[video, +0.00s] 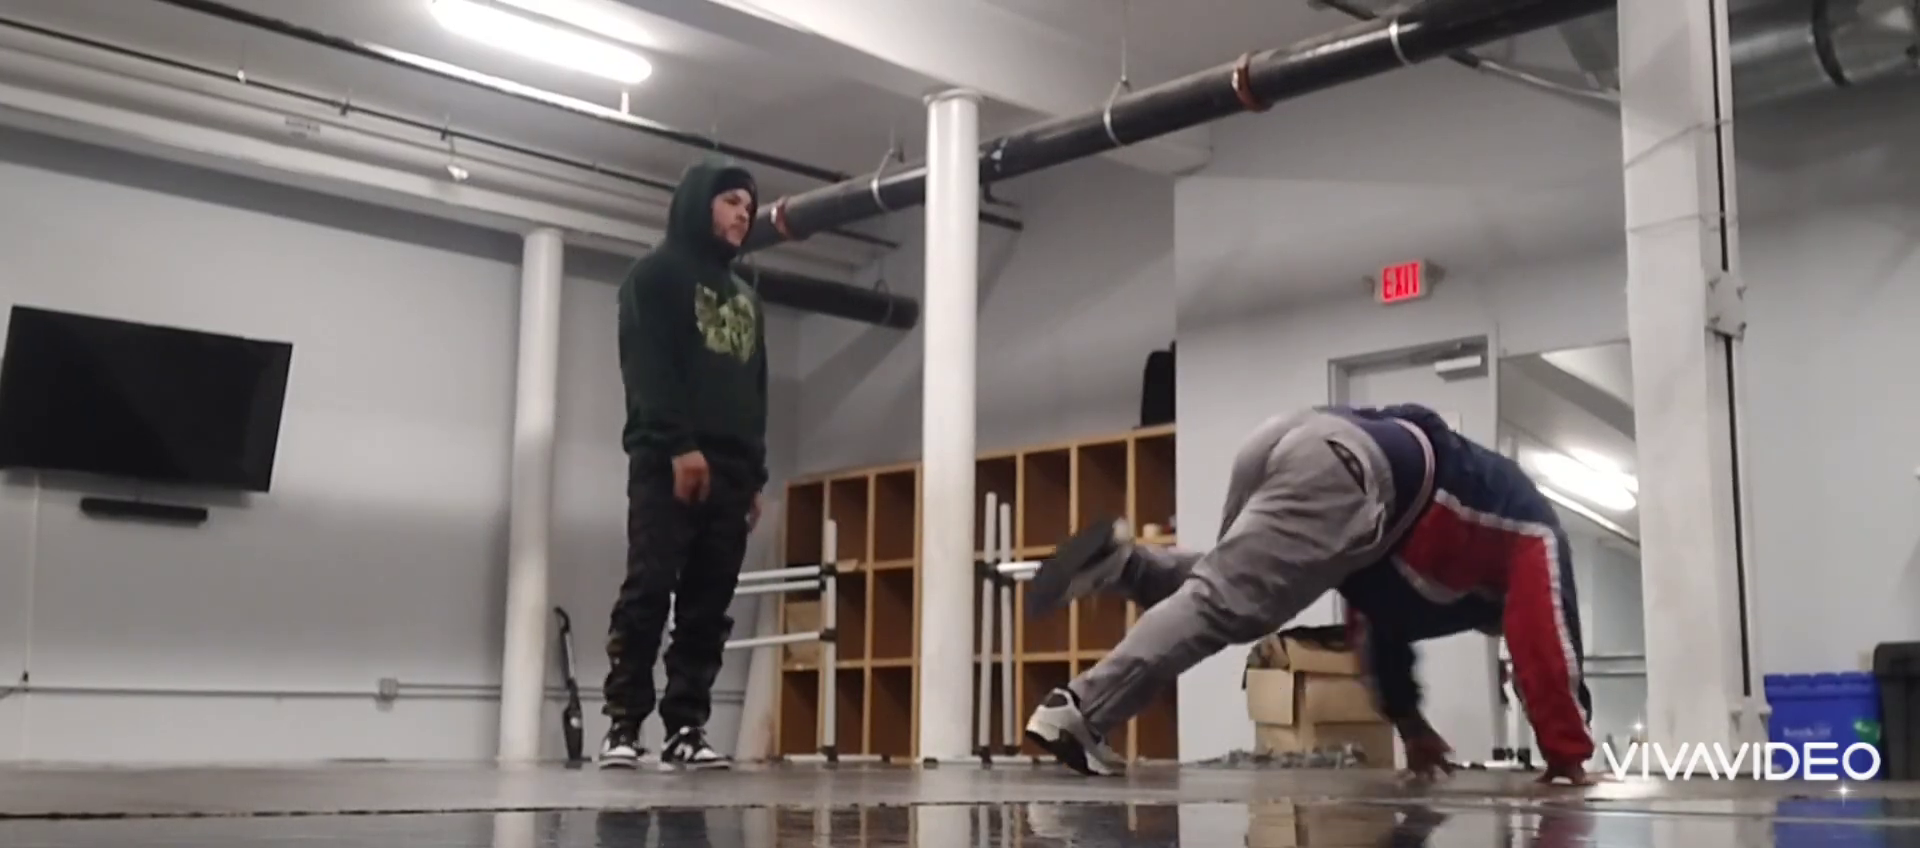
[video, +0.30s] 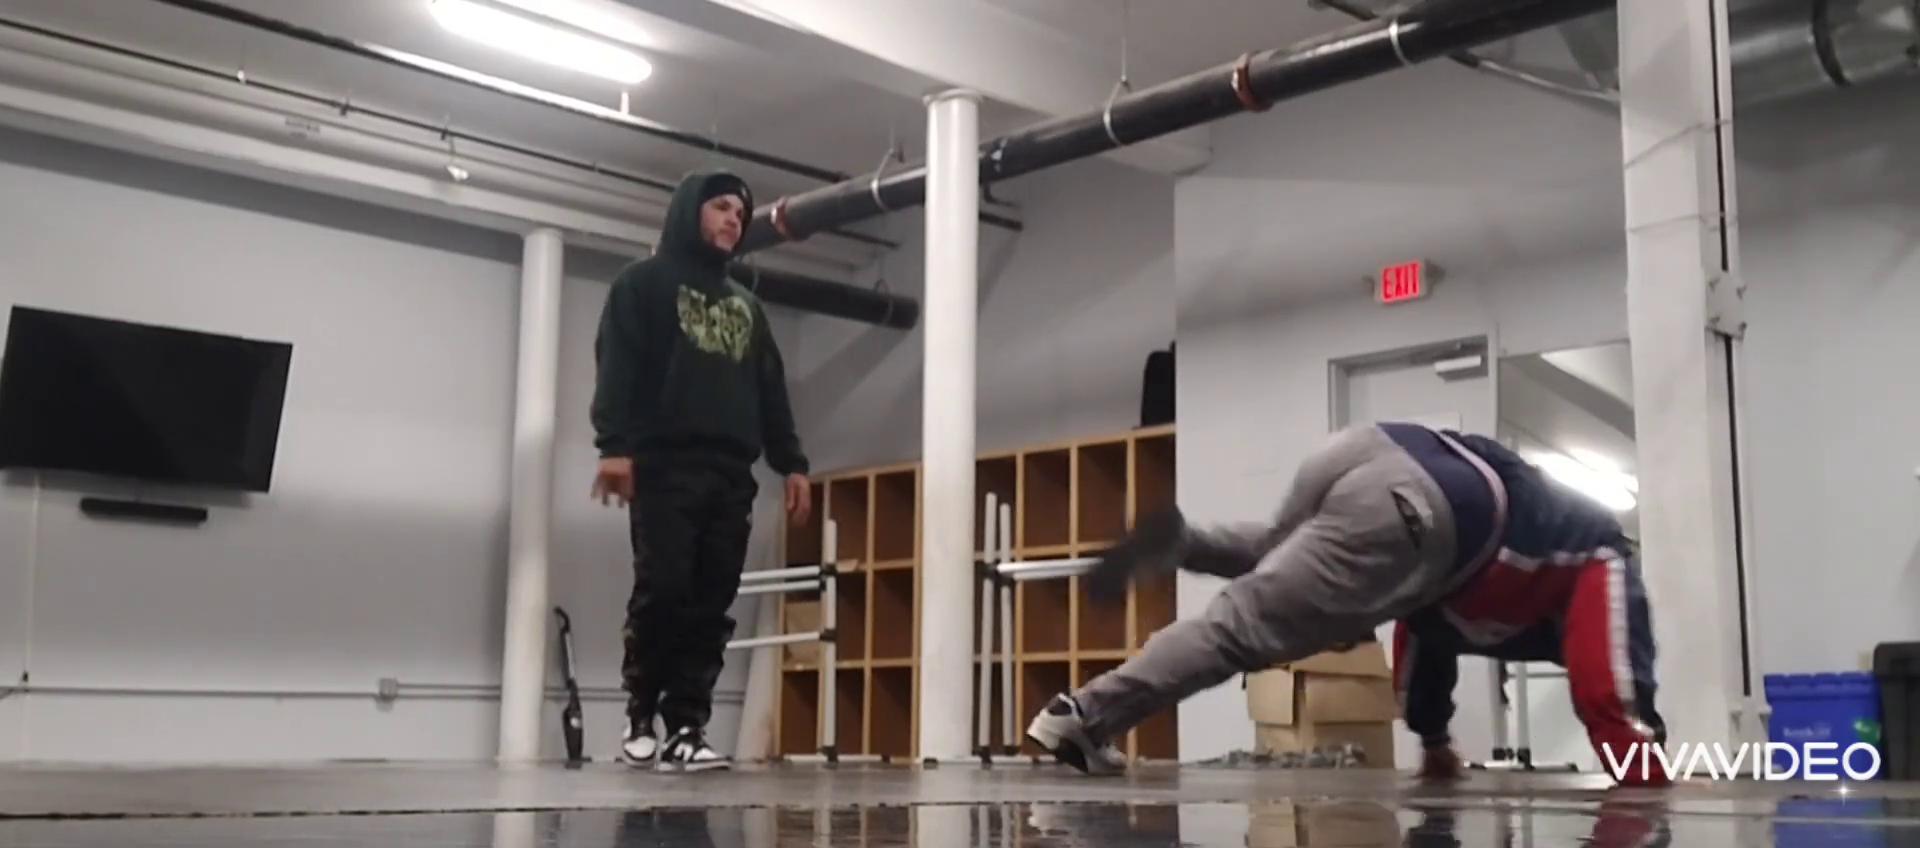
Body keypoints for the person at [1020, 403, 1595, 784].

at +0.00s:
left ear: (1493, 604)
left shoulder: (1420, 582)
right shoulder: (1533, 530)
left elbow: (1380, 642)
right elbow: (1539, 652)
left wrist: (1413, 731)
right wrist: (1569, 756)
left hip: (1280, 434)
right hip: (1348, 460)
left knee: (1240, 586)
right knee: (1224, 606)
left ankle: (1122, 563)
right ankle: (1073, 715)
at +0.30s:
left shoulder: (1485, 586)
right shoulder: (1604, 557)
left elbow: (1426, 645)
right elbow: (1601, 689)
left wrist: (1436, 748)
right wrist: (1648, 773)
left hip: (1366, 442)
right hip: (1421, 507)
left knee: (1273, 552)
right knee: (1239, 630)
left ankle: (1178, 536)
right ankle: (1078, 717)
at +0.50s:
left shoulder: (1506, 575)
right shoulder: (1624, 547)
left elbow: (1454, 645)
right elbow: (1618, 680)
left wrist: (1457, 751)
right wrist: (1645, 764)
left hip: (1351, 463)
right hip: (1419, 516)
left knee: (1323, 591)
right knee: (1244, 640)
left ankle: (1211, 597)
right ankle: (1077, 720)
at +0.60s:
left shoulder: (1499, 580)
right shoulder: (1620, 544)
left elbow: (1454, 651)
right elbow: (1615, 676)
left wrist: (1454, 755)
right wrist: (1643, 762)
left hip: (1356, 452)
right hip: (1415, 514)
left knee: (1307, 566)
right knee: (1242, 637)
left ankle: (1184, 577)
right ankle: (1077, 720)